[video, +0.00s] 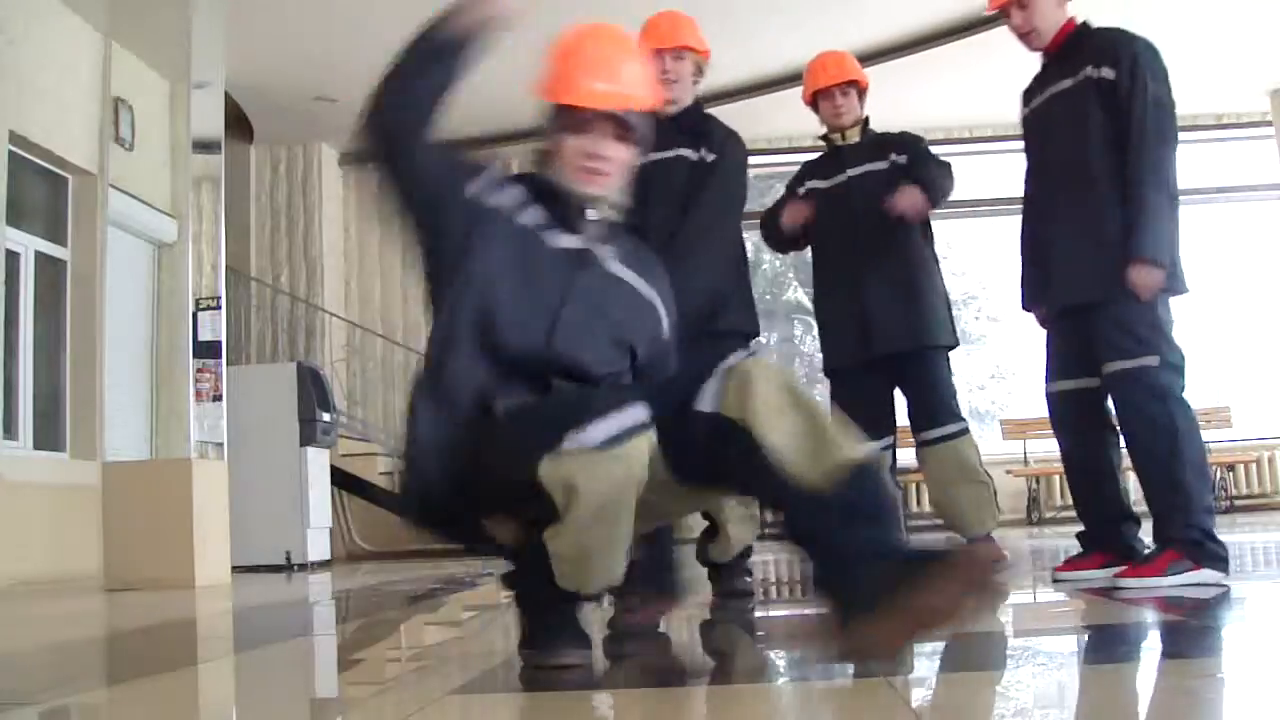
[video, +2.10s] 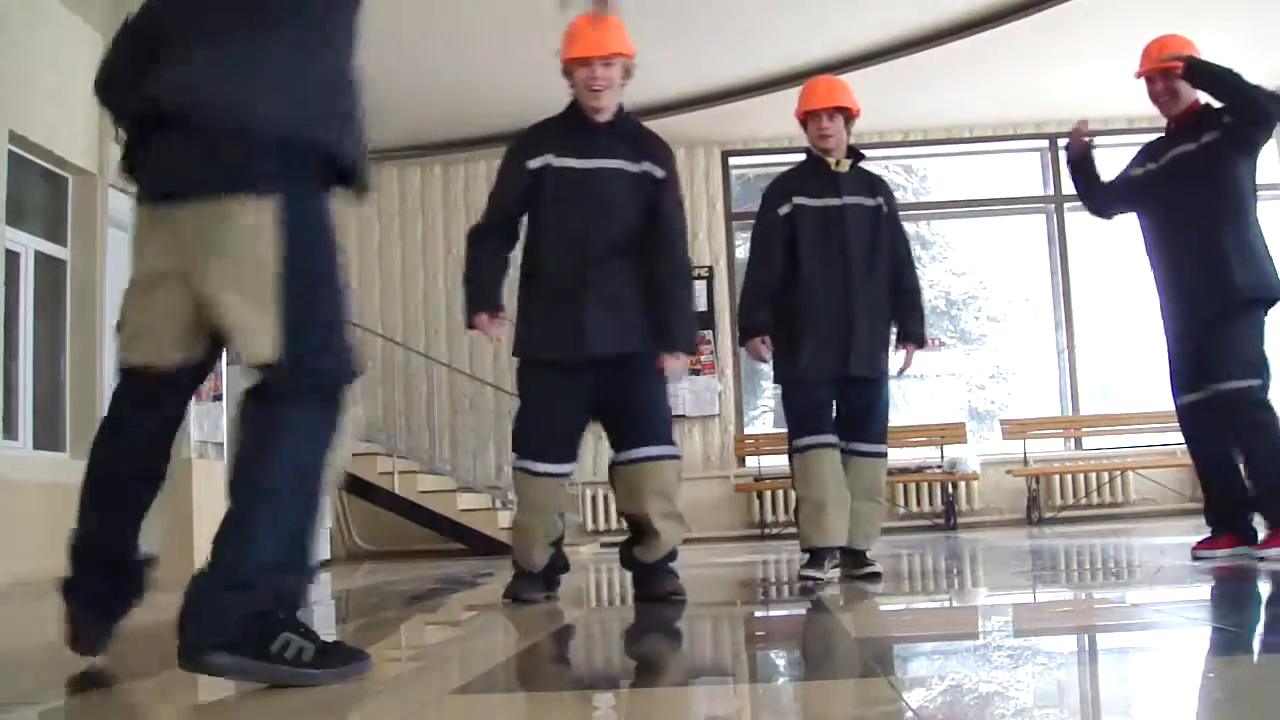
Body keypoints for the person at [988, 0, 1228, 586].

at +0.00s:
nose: (1014, 22)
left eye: (1019, 7)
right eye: (1005, 15)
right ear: (1008, 19)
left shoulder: (1123, 53)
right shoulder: (1035, 93)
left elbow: (1154, 158)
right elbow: (1039, 195)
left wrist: (1151, 253)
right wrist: (1037, 286)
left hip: (1121, 273)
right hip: (1063, 284)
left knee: (1151, 405)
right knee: (1075, 412)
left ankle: (1194, 548)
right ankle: (1111, 542)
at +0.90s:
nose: (1093, 59)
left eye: (1102, 47)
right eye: (1081, 50)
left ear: (1125, 46)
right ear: (1069, 56)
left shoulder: (1168, 115)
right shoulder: (1055, 130)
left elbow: (1191, 203)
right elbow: (1038, 217)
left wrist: (1188, 282)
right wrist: (1032, 290)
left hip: (1156, 299)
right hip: (1084, 302)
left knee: (1156, 422)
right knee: (1083, 422)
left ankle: (1156, 538)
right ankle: (1084, 538)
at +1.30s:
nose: (1109, 69)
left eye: (1119, 57)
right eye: (1099, 60)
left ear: (1145, 56)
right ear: (1091, 66)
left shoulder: (1190, 121)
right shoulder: (1083, 140)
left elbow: (1226, 207)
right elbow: (1070, 224)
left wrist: (1246, 283)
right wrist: (1073, 290)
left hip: (1171, 296)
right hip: (1106, 301)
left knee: (1159, 409)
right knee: (1106, 406)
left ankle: (1161, 540)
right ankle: (1155, 519)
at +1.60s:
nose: (1127, 93)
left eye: (1135, 81)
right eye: (1117, 85)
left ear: (1161, 77)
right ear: (1109, 89)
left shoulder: (1203, 133)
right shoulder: (1113, 160)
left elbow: (1243, 191)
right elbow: (1098, 238)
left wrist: (1200, 216)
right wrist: (1087, 305)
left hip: (1197, 301)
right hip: (1143, 306)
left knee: (1175, 411)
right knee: (1177, 416)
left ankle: (1159, 535)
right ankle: (1231, 526)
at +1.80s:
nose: (1137, 96)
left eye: (1144, 83)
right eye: (1128, 89)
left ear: (1171, 78)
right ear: (1123, 95)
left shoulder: (1216, 126)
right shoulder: (1132, 163)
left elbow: (1257, 160)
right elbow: (1119, 242)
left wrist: (1188, 124)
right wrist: (1092, 301)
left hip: (1218, 294)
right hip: (1166, 303)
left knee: (1197, 406)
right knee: (1190, 413)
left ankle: (1176, 526)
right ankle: (1233, 526)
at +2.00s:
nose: (1148, 92)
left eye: (1156, 80)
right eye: (1141, 84)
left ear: (1181, 79)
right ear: (1136, 91)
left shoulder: (1221, 129)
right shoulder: (1148, 160)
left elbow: (1263, 116)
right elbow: (1113, 222)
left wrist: (1196, 75)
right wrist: (1068, 211)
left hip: (1228, 287)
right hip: (1180, 299)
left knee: (1220, 400)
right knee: (1190, 409)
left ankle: (1254, 524)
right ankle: (1228, 526)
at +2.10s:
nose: (1158, 88)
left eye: (1167, 76)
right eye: (1150, 80)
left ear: (1192, 78)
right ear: (1144, 89)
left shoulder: (1229, 128)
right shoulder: (1149, 159)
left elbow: (1264, 109)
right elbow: (1102, 203)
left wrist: (1197, 69)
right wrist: (1080, 159)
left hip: (1237, 288)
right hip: (1182, 304)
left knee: (1239, 397)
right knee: (1195, 413)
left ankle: (1279, 520)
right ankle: (1232, 528)